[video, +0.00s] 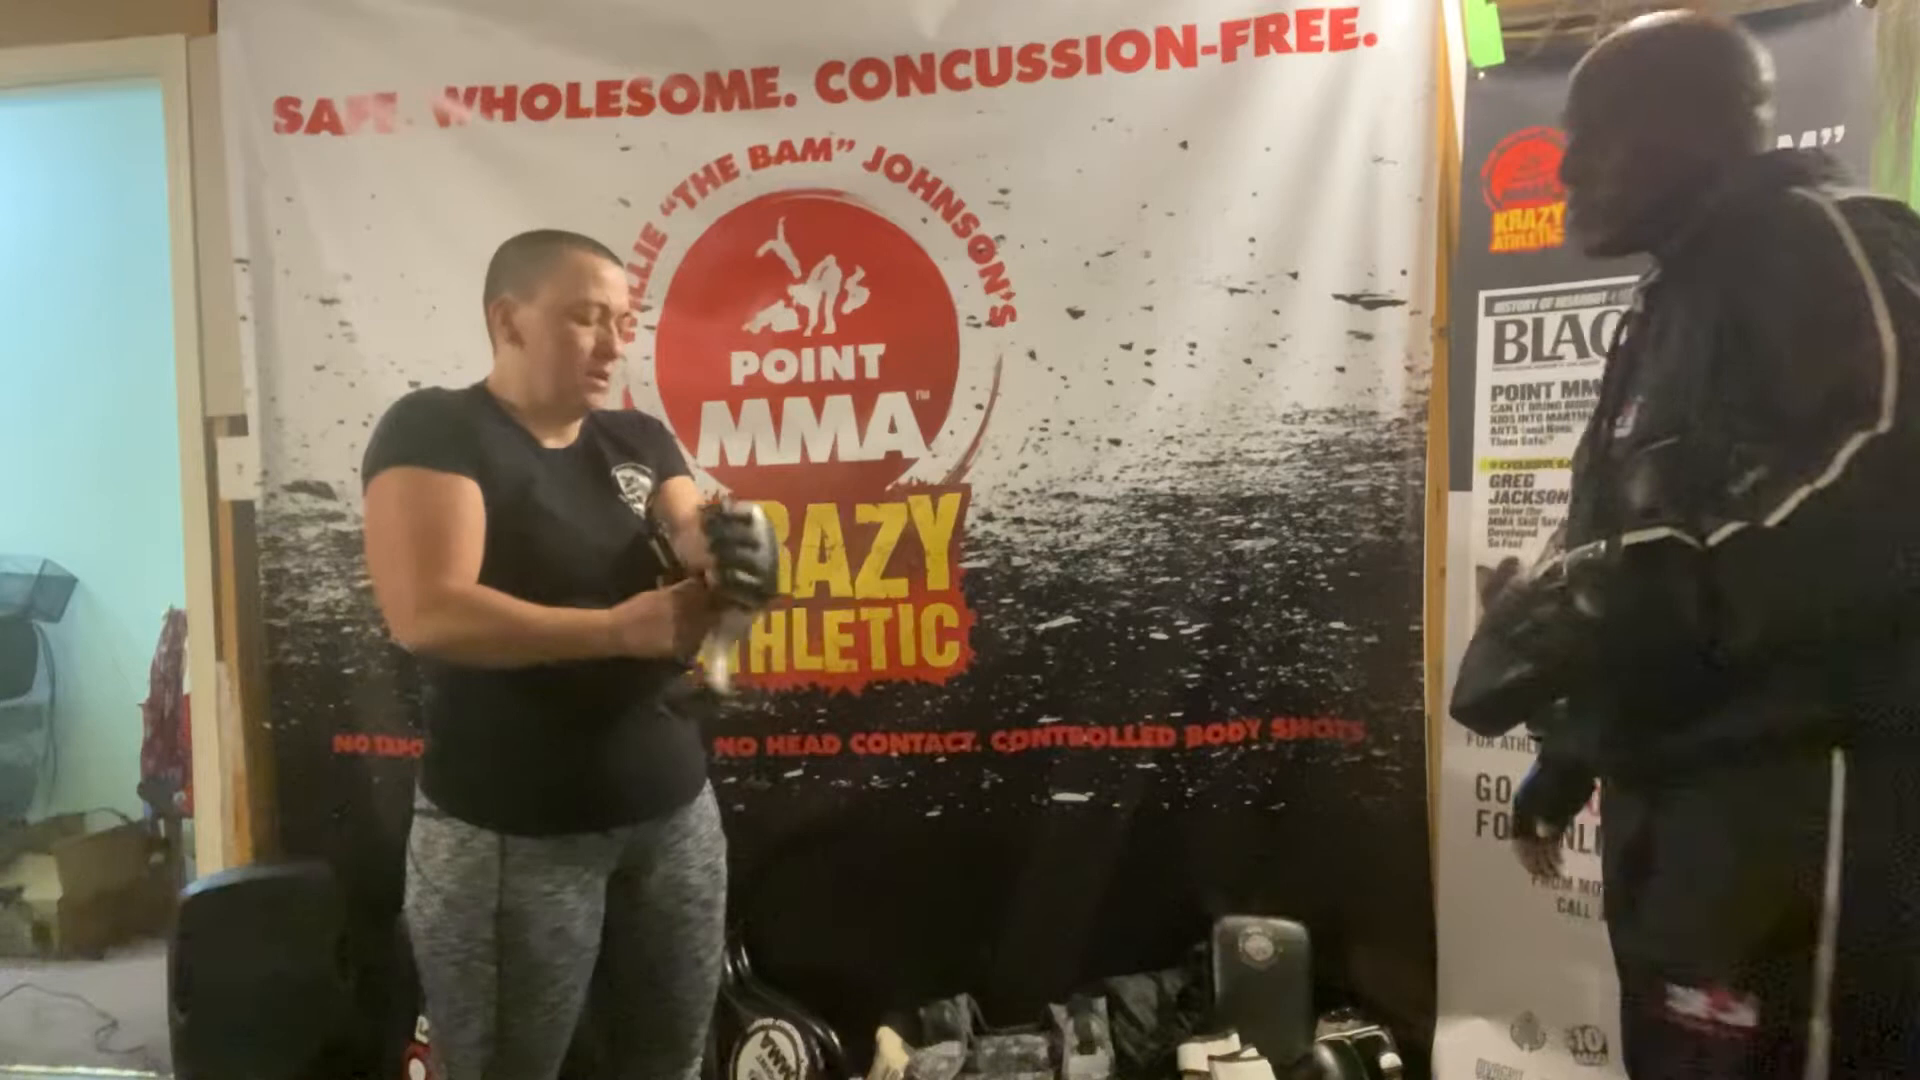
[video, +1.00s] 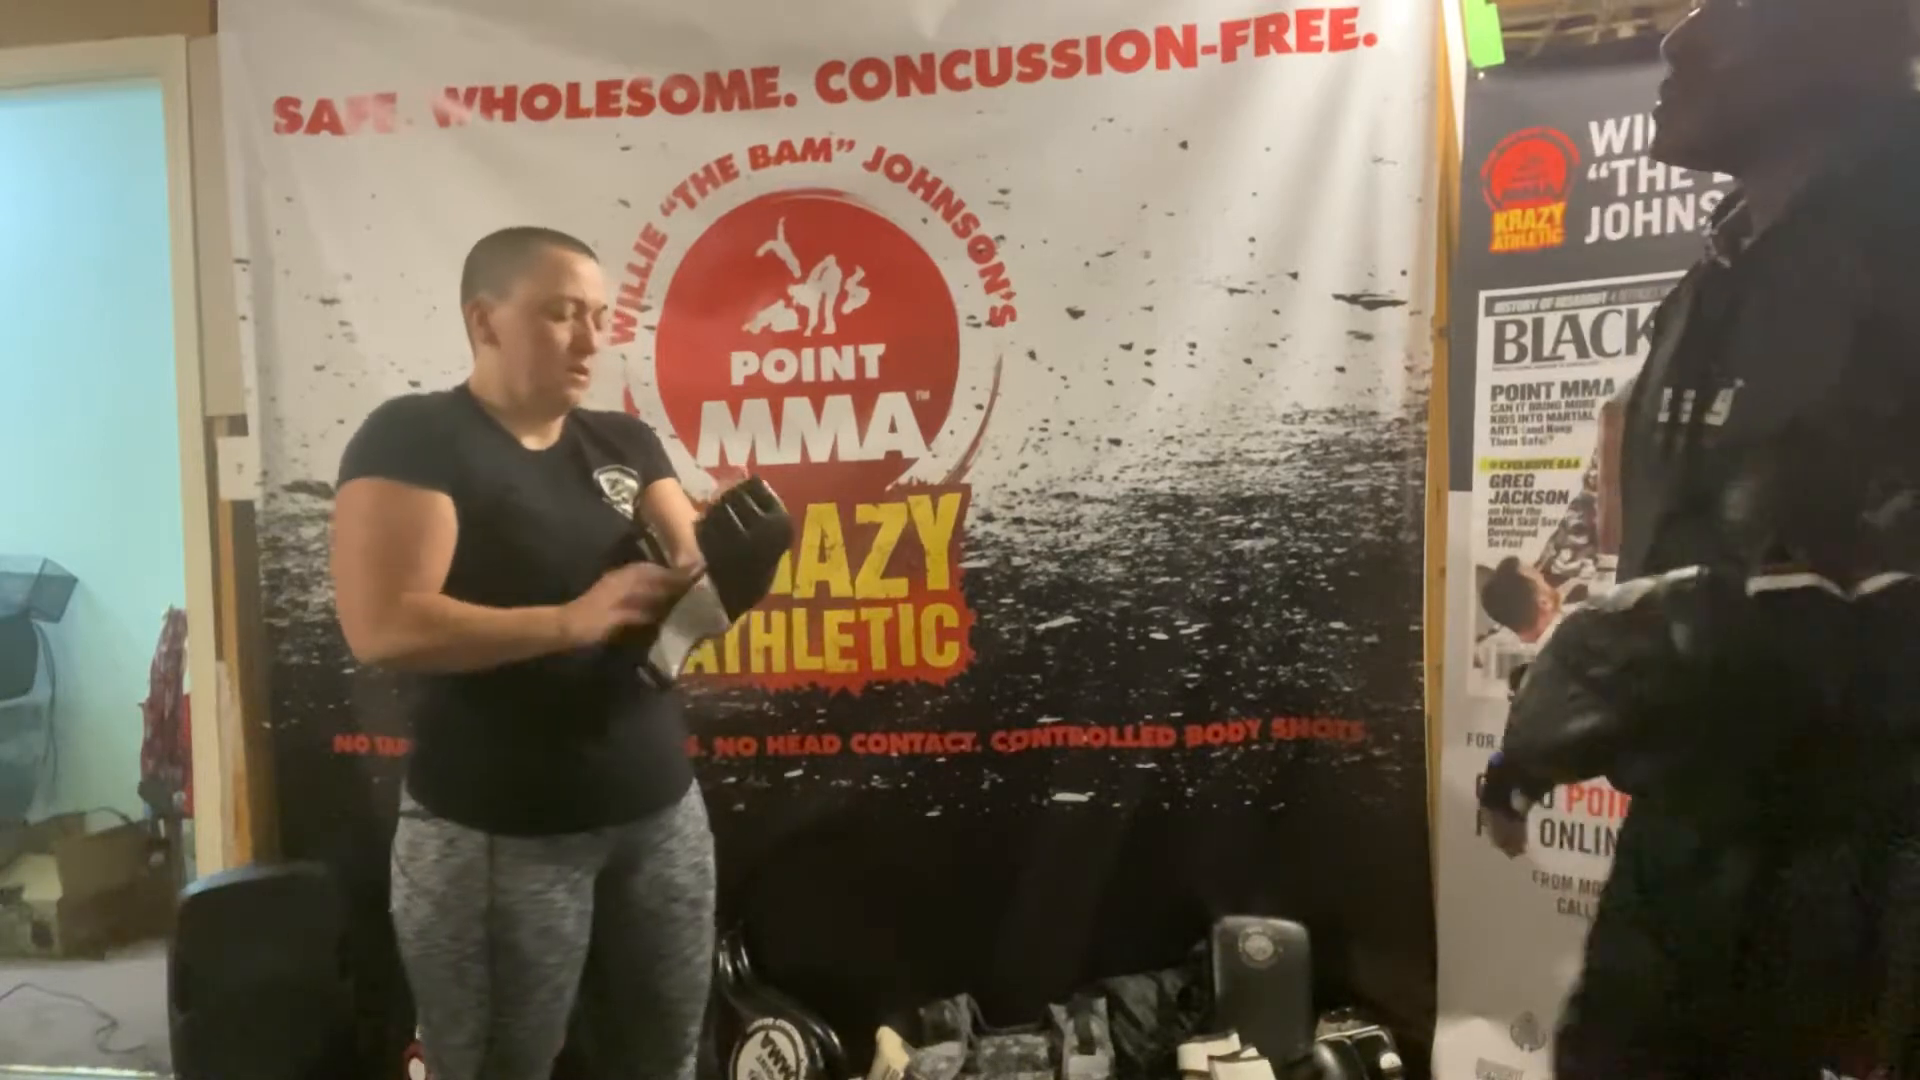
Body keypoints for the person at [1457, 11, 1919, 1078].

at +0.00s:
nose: (1565, 164)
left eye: (1591, 131)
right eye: (1569, 134)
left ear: (1677, 135)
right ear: (1652, 147)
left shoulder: (1792, 229)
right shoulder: (1678, 290)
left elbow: (1872, 470)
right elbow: (1627, 544)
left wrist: (1634, 599)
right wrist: (1566, 760)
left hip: (1782, 771)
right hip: (1688, 772)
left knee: (1733, 1045)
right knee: (1677, 1042)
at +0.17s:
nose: (1606, 133)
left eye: (1633, 100)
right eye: (1610, 103)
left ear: (1741, 97)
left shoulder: (1849, 242)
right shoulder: (1697, 288)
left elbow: (1871, 538)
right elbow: (1634, 545)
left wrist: (1562, 607)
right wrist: (1569, 757)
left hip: (1815, 810)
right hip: (1695, 809)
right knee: (1680, 1056)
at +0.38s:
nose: (1638, 108)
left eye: (1667, 73)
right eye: (1648, 78)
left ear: (1774, 63)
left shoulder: (1891, 217)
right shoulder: (1701, 311)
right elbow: (1670, 581)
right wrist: (1610, 744)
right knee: (1643, 1052)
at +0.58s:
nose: (1658, 64)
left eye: (1696, 20)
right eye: (1670, 29)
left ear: (1828, 33)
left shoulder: (1895, 232)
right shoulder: (1695, 307)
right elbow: (1664, 578)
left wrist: (1662, 688)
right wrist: (1609, 765)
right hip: (1711, 886)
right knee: (1675, 1060)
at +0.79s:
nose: (1673, 43)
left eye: (1712, 16)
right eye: (1687, 18)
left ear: (1809, 40)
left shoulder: (1891, 232)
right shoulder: (1690, 299)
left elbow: (1881, 577)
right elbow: (1661, 563)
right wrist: (1590, 739)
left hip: (1867, 838)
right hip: (1711, 831)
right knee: (1705, 1057)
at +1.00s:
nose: (1667, 38)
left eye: (1713, 12)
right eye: (1683, 15)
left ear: (1815, 36)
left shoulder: (1893, 217)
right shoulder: (1710, 282)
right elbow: (1667, 568)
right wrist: (1544, 725)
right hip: (1702, 825)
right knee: (1616, 1053)